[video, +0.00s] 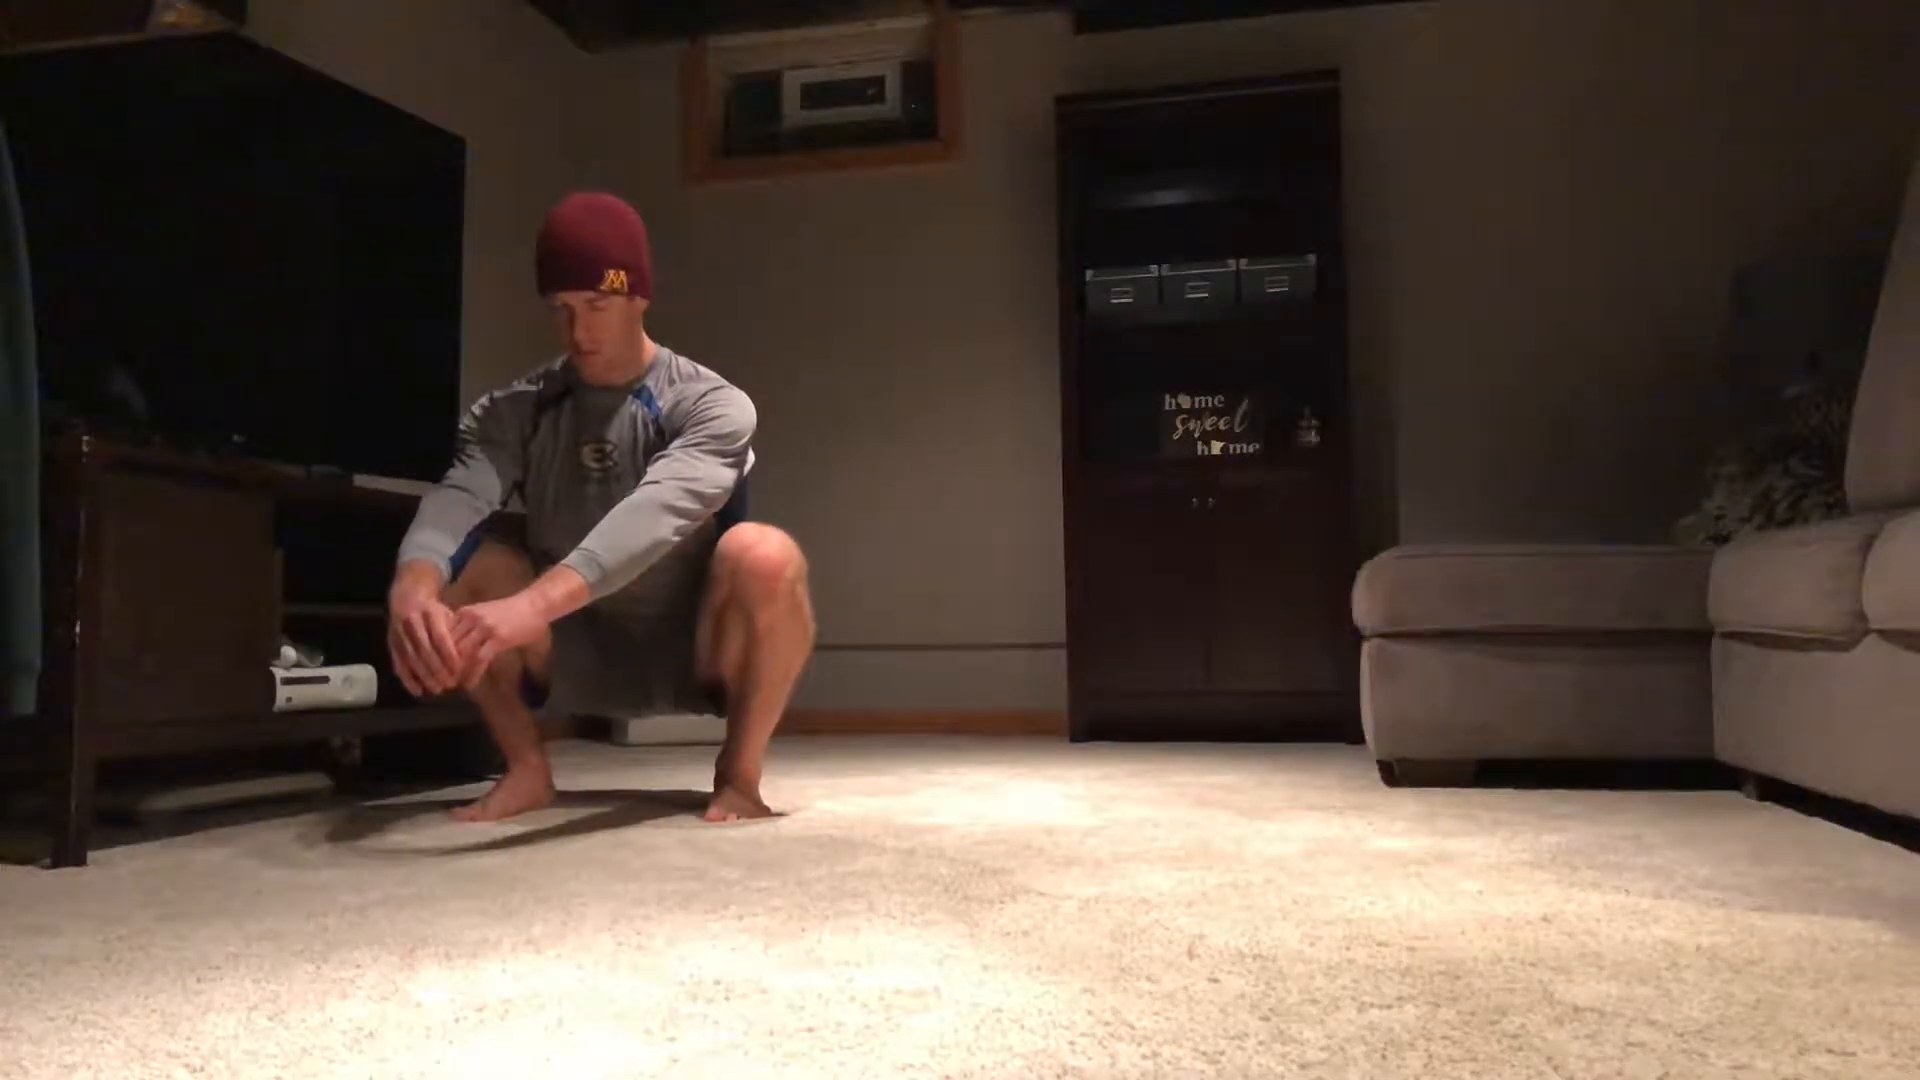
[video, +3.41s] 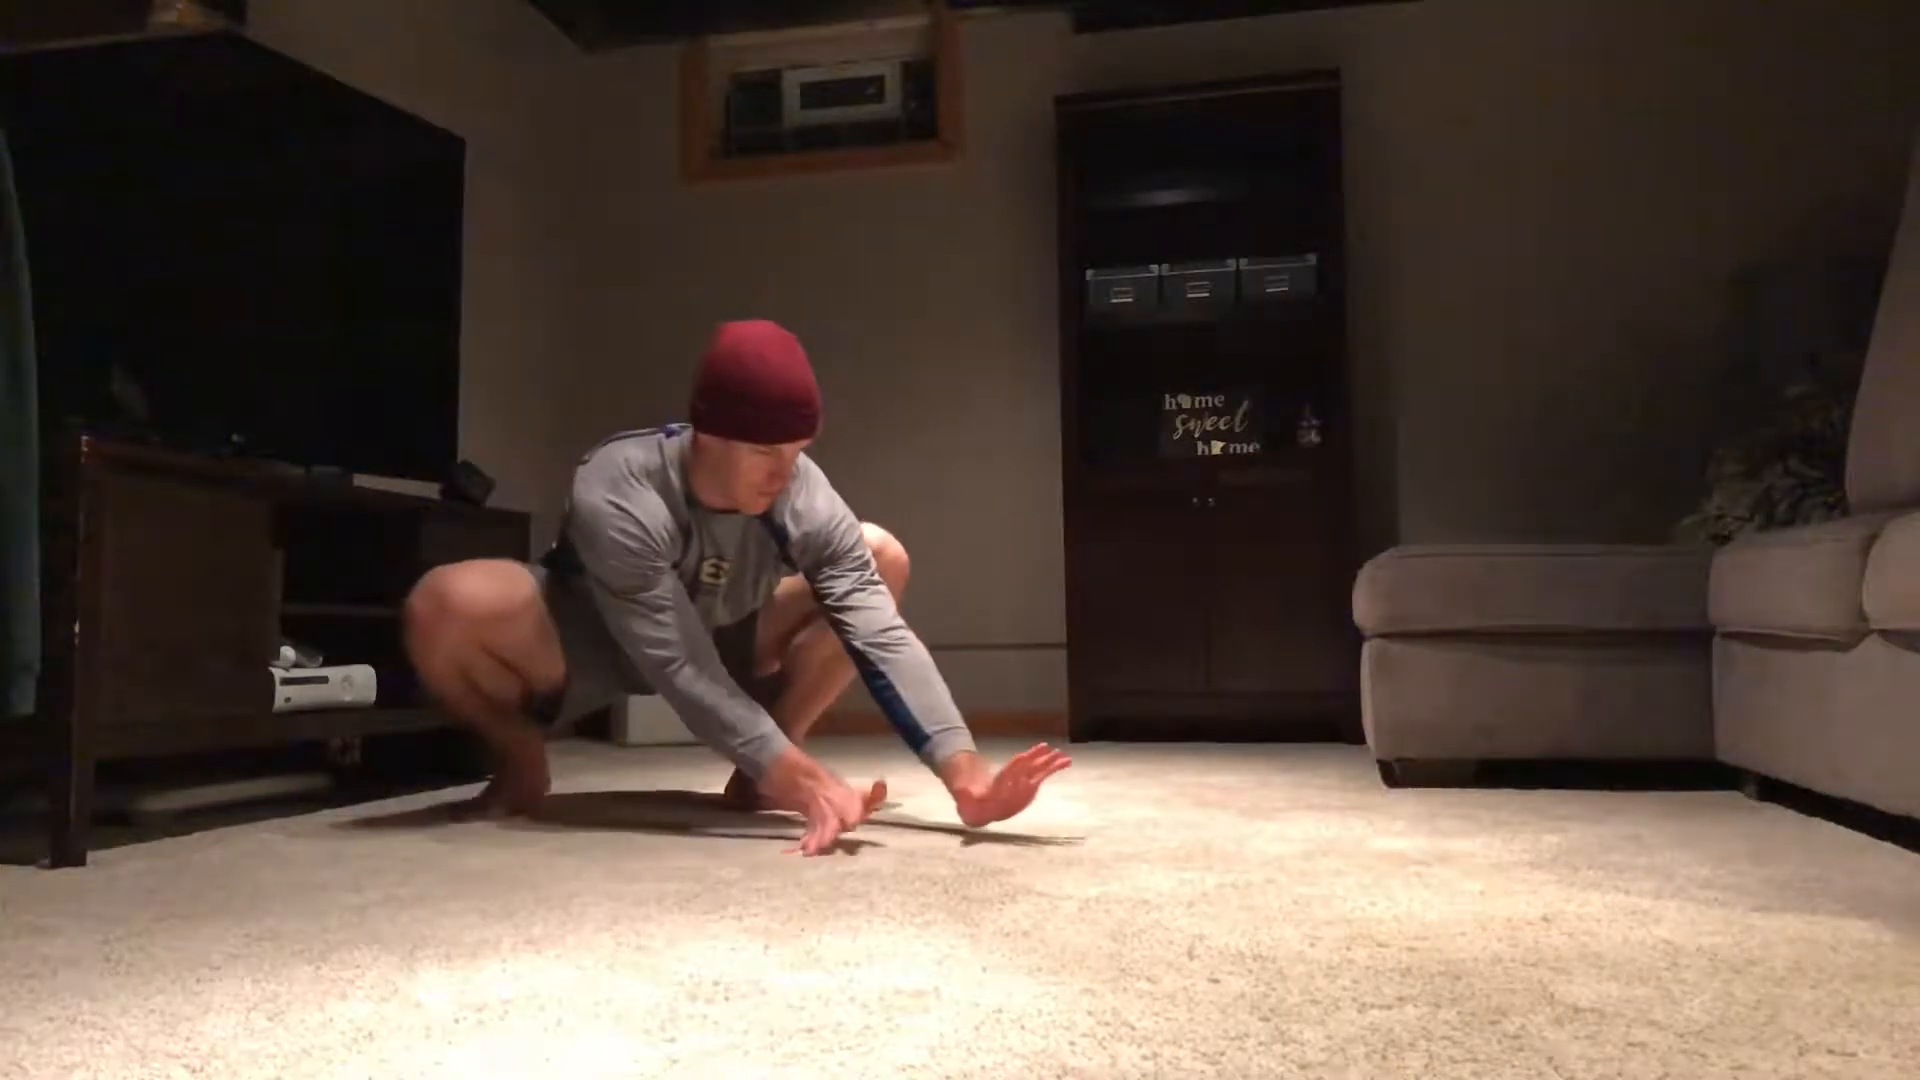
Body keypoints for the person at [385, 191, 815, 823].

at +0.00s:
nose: (578, 334)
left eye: (595, 309)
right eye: (563, 312)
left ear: (639, 301)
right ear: (548, 309)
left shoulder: (714, 408)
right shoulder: (514, 410)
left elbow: (655, 516)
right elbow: (459, 498)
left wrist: (535, 604)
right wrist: (413, 588)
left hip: (694, 644)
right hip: (580, 648)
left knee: (764, 553)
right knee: (462, 570)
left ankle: (741, 779)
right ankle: (526, 771)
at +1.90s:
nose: (631, 378)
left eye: (642, 357)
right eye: (611, 357)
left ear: (652, 352)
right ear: (556, 353)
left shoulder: (687, 455)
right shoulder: (476, 453)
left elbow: (635, 586)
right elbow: (430, 556)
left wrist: (540, 703)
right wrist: (418, 670)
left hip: (662, 672)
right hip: (546, 682)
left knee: (790, 534)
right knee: (403, 574)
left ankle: (751, 766)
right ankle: (523, 776)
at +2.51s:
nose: (642, 404)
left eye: (654, 384)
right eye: (622, 386)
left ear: (667, 375)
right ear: (569, 378)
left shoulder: (694, 479)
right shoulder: (478, 468)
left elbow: (668, 621)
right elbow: (451, 600)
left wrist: (611, 755)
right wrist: (500, 734)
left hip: (659, 670)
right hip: (545, 674)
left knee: (802, 531)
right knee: (395, 586)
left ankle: (754, 769)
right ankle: (525, 776)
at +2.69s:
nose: (659, 414)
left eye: (671, 394)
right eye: (638, 394)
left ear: (684, 387)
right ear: (586, 387)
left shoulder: (709, 487)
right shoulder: (493, 474)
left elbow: (703, 627)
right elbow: (496, 619)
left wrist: (674, 745)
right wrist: (569, 744)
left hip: (663, 679)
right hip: (549, 683)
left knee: (810, 533)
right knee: (402, 585)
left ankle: (757, 768)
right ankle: (526, 771)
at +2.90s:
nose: (684, 428)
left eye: (696, 406)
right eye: (662, 408)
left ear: (706, 397)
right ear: (608, 400)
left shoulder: (730, 490)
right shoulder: (520, 480)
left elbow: (759, 624)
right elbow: (559, 632)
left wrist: (773, 749)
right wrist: (673, 751)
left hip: (683, 670)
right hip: (565, 677)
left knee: (824, 536)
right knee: (417, 588)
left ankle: (757, 766)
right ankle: (525, 773)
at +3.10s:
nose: (720, 449)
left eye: (733, 430)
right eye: (701, 431)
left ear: (744, 418)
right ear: (645, 415)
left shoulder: (751, 492)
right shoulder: (557, 491)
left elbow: (814, 628)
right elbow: (623, 651)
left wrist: (871, 757)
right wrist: (739, 762)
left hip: (690, 656)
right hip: (577, 664)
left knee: (838, 538)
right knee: (428, 595)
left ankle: (771, 762)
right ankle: (525, 772)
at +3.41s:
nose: (786, 469)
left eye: (796, 449)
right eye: (765, 449)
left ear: (806, 441)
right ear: (709, 435)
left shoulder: (804, 494)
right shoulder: (617, 496)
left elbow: (879, 633)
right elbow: (680, 669)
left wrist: (968, 778)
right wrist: (807, 779)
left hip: (717, 635)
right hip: (598, 630)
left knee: (880, 555)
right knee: (443, 610)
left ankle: (752, 774)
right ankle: (520, 766)